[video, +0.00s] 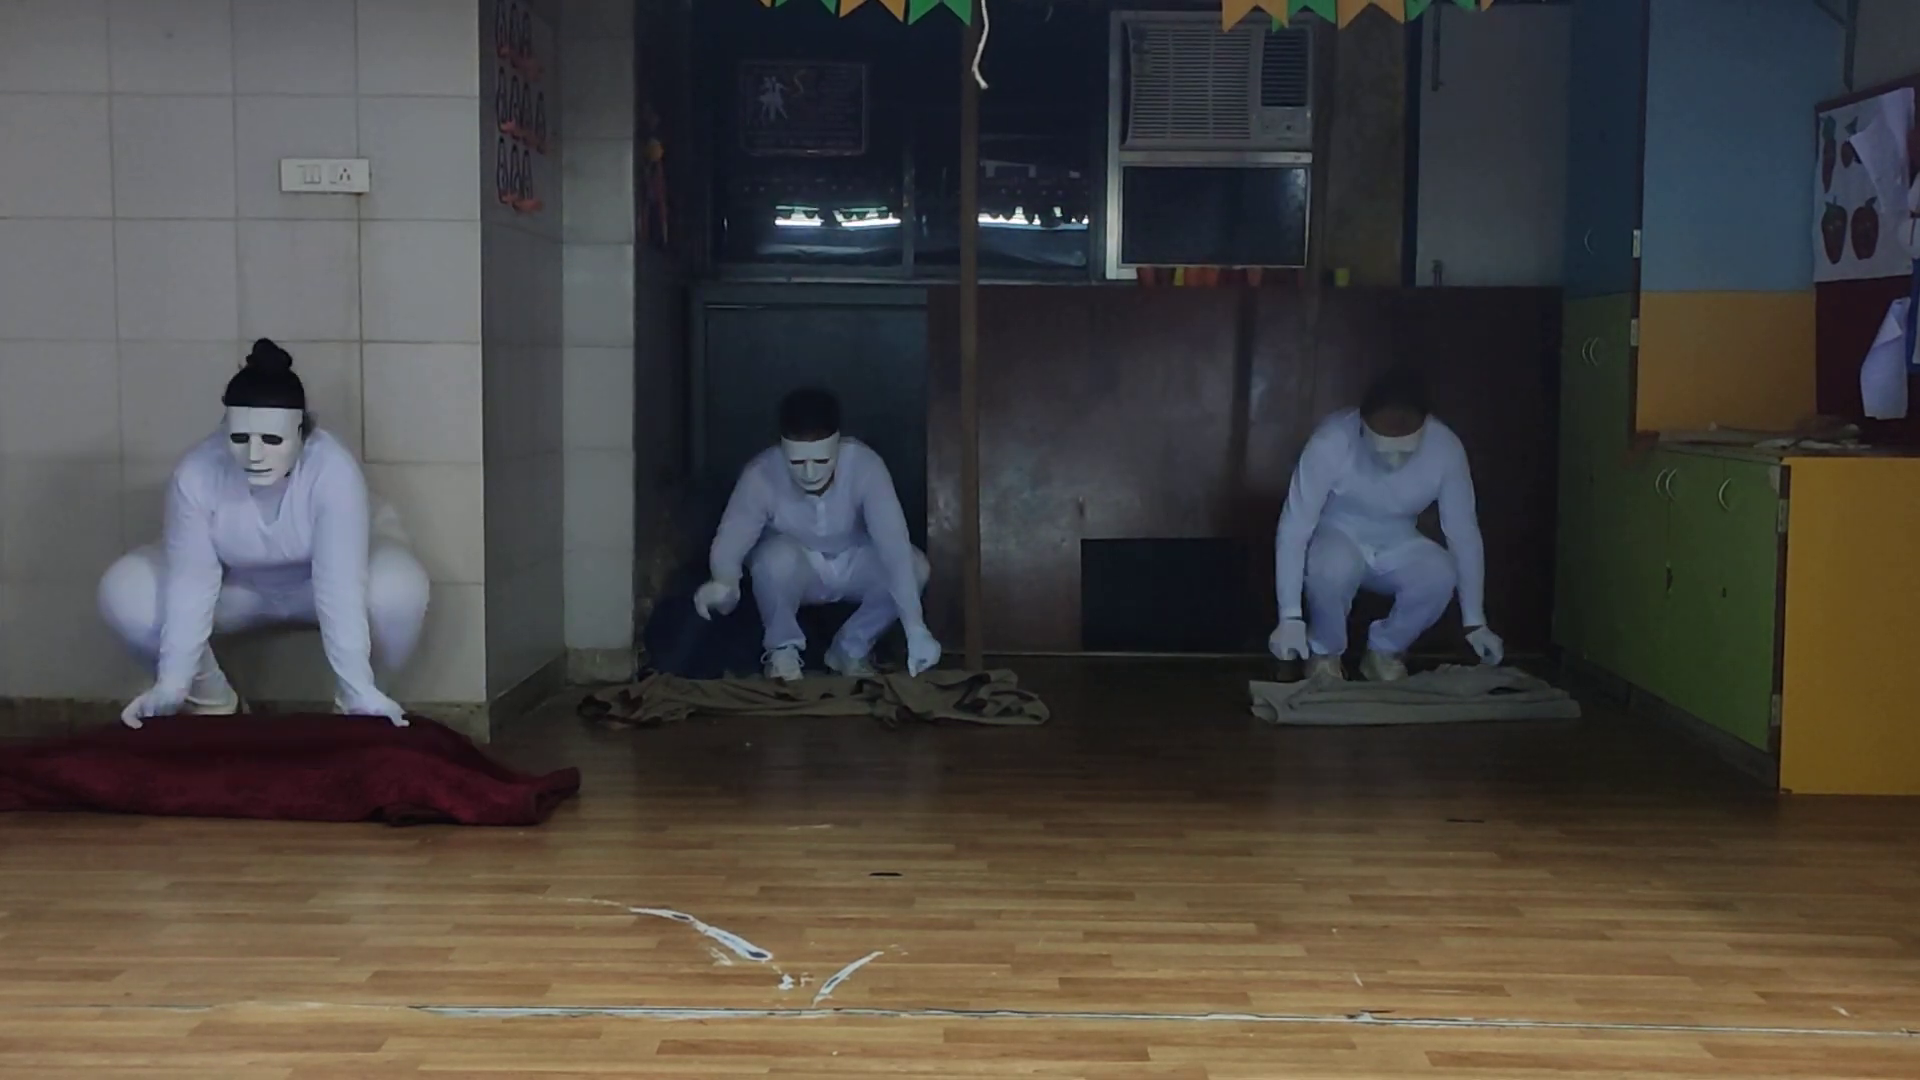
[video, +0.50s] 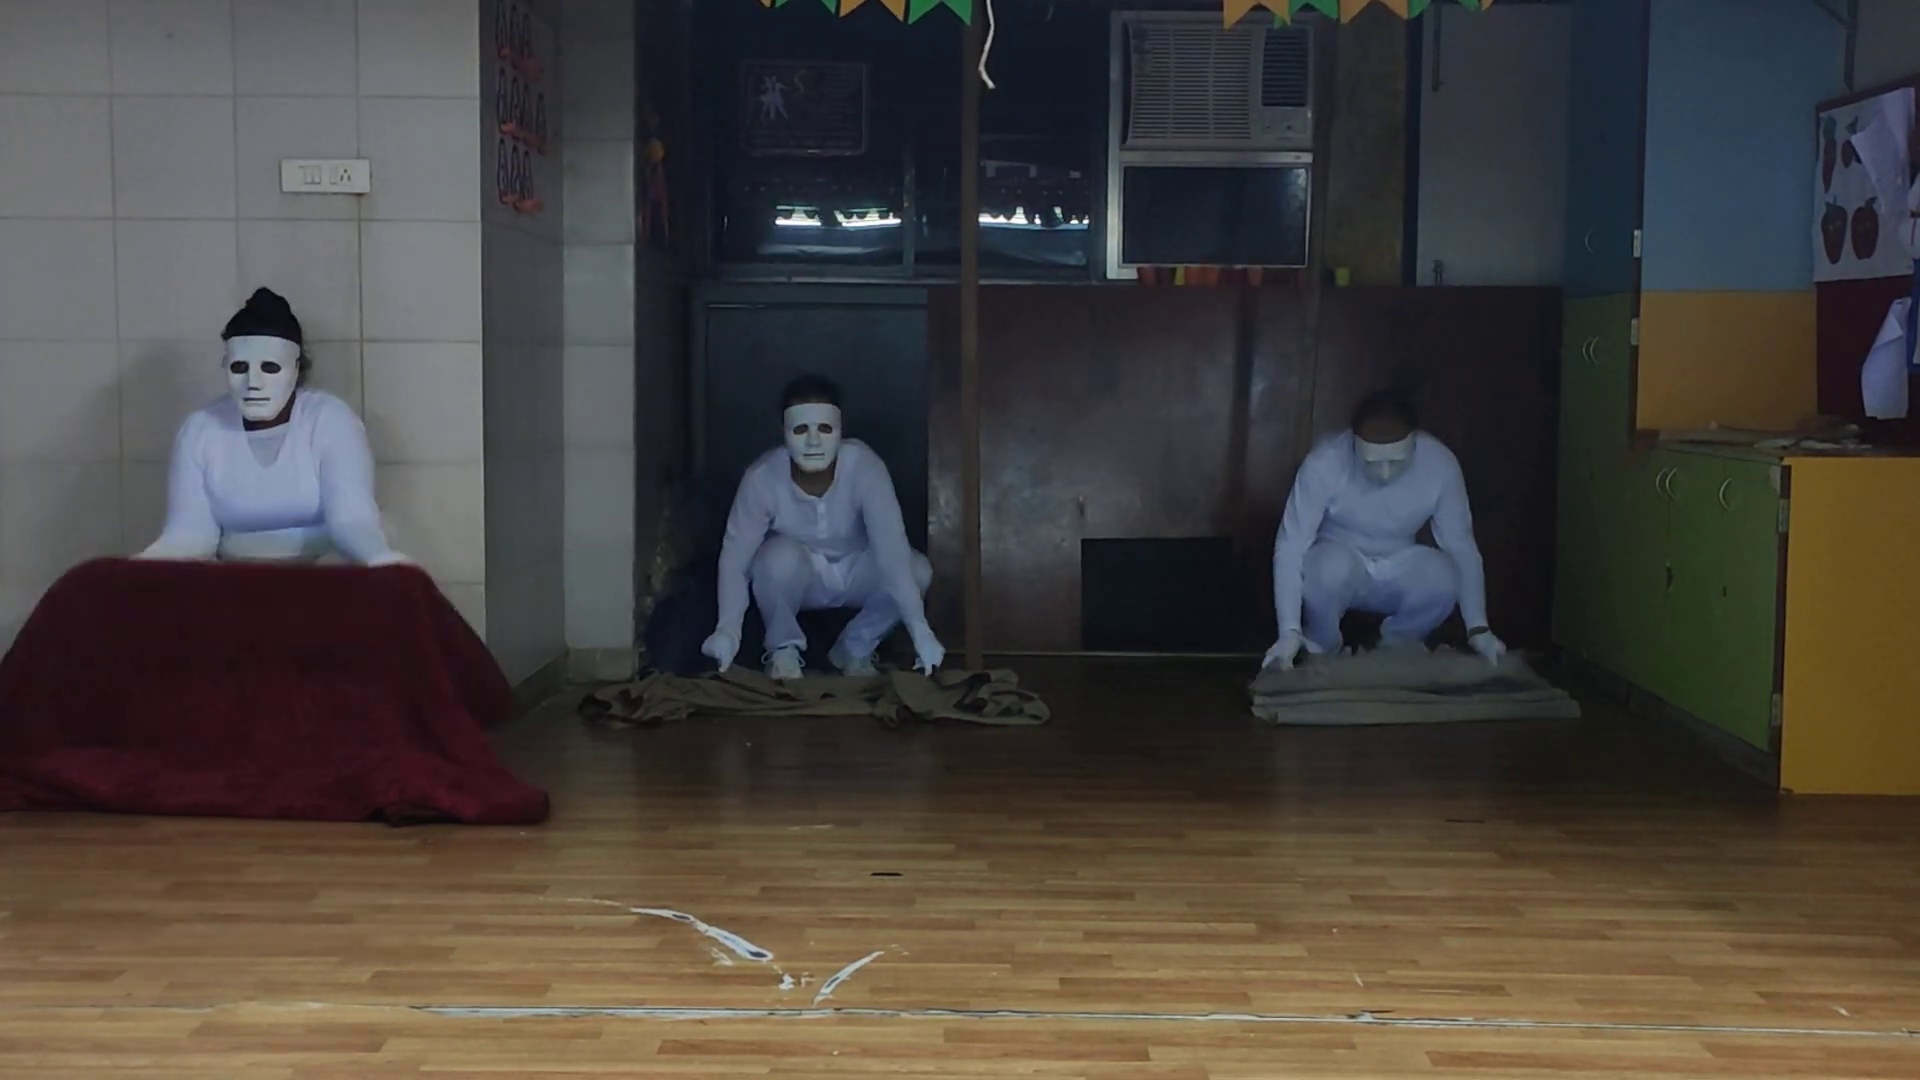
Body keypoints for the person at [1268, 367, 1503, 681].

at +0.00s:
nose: (1394, 461)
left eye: (1405, 451)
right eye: (1383, 451)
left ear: (1422, 430)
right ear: (1364, 429)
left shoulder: (1445, 451)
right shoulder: (1332, 444)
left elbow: (1463, 534)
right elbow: (1292, 529)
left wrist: (1474, 623)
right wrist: (1290, 618)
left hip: (1399, 542)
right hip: (1337, 537)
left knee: (1438, 574)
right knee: (1332, 568)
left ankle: (1384, 652)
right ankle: (1326, 655)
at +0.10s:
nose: (1392, 478)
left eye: (1403, 468)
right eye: (1381, 468)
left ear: (1418, 449)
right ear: (1362, 448)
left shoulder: (1444, 467)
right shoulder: (1329, 463)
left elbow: (1466, 552)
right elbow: (1294, 549)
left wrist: (1480, 640)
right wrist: (1296, 638)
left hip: (1400, 568)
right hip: (1341, 564)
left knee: (1438, 578)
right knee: (1331, 569)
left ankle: (1385, 652)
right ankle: (1327, 655)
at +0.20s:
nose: (1390, 484)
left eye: (1401, 474)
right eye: (1378, 474)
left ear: (1417, 454)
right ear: (1359, 453)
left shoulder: (1443, 475)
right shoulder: (1328, 470)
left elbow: (1467, 559)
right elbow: (1290, 558)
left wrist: (1482, 645)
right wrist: (1290, 645)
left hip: (1402, 576)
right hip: (1342, 573)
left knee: (1439, 582)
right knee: (1331, 571)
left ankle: (1385, 651)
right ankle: (1328, 654)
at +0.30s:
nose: (1388, 485)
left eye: (1400, 474)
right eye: (1377, 474)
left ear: (1415, 455)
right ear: (1359, 454)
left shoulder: (1442, 475)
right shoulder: (1328, 469)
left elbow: (1466, 558)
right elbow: (1290, 557)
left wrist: (1481, 641)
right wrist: (1291, 643)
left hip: (1402, 576)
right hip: (1342, 573)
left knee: (1439, 581)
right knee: (1331, 570)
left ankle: (1385, 652)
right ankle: (1327, 654)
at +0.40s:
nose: (1387, 479)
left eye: (1398, 468)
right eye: (1375, 469)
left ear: (1414, 451)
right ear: (1358, 452)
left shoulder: (1441, 470)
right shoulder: (1327, 468)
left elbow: (1462, 549)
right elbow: (1291, 552)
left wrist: (1479, 633)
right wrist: (1289, 637)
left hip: (1400, 573)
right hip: (1340, 570)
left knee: (1438, 578)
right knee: (1330, 568)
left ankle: (1390, 645)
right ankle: (1326, 647)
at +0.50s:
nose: (1384, 472)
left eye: (1395, 461)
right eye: (1373, 462)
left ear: (1412, 444)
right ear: (1355, 445)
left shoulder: (1439, 466)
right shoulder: (1325, 464)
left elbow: (1462, 547)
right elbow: (1289, 547)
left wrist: (1478, 630)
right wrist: (1288, 632)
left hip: (1402, 570)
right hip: (1341, 566)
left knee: (1441, 578)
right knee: (1327, 568)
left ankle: (1398, 647)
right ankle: (1322, 649)